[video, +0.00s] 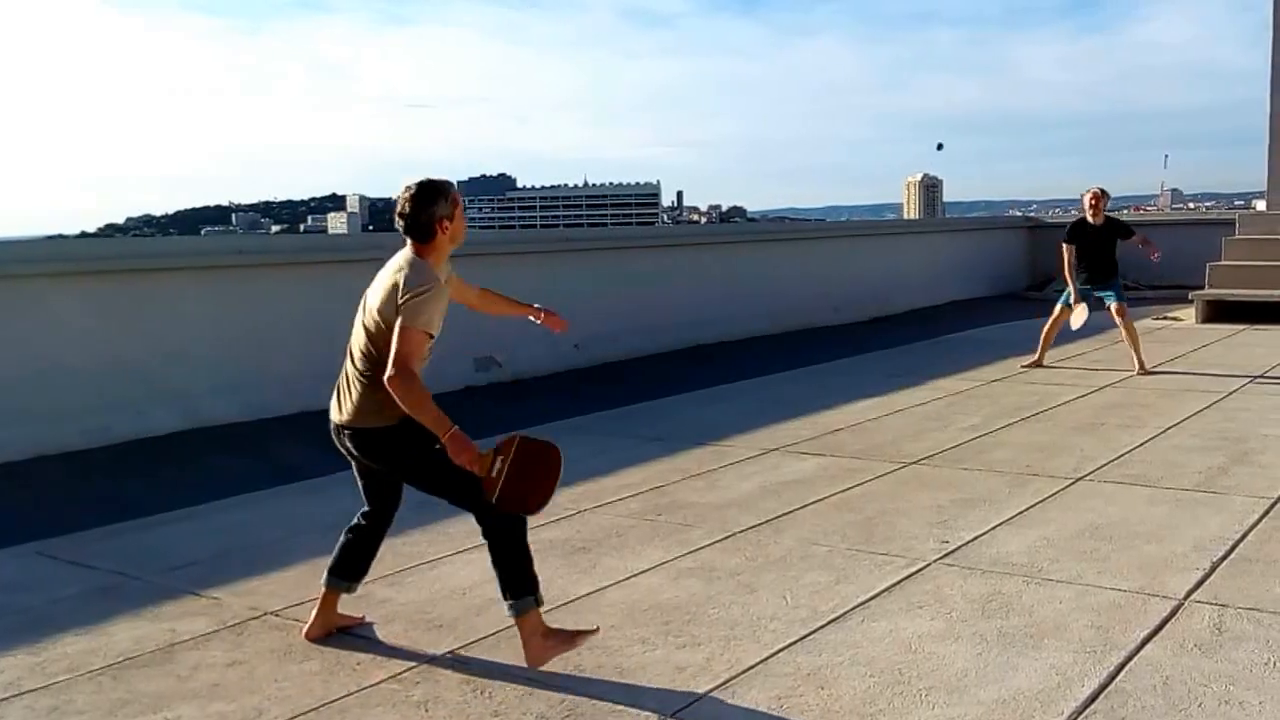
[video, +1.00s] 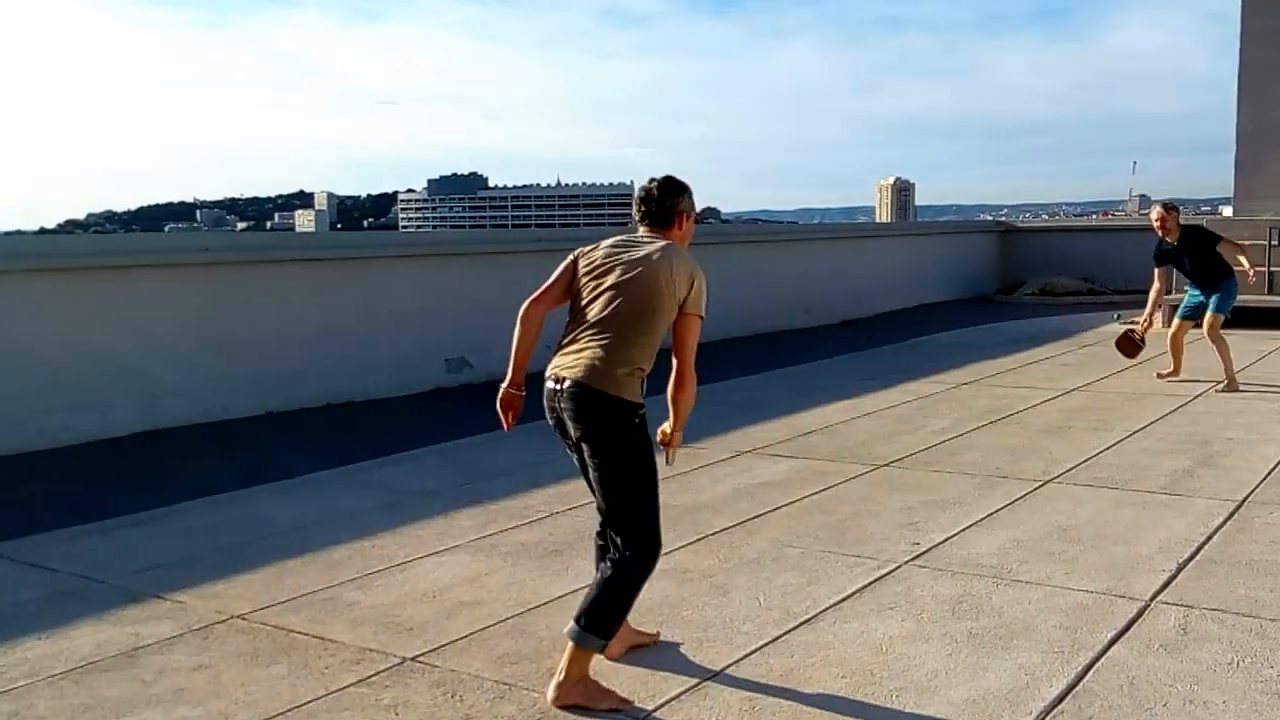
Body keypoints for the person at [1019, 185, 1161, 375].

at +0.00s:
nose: (1094, 203)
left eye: (1097, 200)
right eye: (1090, 200)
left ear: (1104, 203)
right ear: (1084, 204)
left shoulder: (1114, 225)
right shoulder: (1075, 228)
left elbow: (1140, 240)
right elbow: (1068, 263)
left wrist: (1150, 248)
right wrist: (1073, 292)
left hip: (1108, 282)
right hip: (1081, 282)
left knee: (1120, 316)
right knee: (1056, 316)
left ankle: (1139, 361)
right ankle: (1039, 357)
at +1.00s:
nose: (1160, 225)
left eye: (1164, 219)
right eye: (1156, 221)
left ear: (1176, 218)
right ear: (1152, 223)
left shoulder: (1196, 233)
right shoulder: (1162, 249)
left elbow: (1236, 249)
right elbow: (1158, 284)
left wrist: (1247, 266)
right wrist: (1148, 314)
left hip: (1223, 285)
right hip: (1197, 288)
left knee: (1210, 329)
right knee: (1175, 332)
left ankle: (1231, 380)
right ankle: (1175, 369)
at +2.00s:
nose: (1175, 179)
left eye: (1179, 175)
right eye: (1171, 175)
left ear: (1186, 178)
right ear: (1164, 178)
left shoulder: (1200, 202)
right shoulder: (1160, 207)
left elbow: (1218, 236)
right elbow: (1152, 241)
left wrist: (1216, 266)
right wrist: (1131, 268)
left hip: (1198, 273)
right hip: (1169, 274)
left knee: (1211, 323)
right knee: (1153, 323)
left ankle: (1228, 376)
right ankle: (1151, 372)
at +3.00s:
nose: (1094, 195)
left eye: (1098, 190)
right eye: (1090, 190)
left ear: (1105, 193)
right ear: (1084, 194)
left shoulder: (1118, 211)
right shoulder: (1081, 220)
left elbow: (1143, 225)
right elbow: (1086, 250)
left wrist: (1153, 225)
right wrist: (1105, 260)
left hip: (1123, 276)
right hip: (1096, 276)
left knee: (1136, 322)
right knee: (1077, 323)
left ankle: (1151, 372)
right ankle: (1079, 367)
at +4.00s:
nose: (1117, 225)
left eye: (1121, 220)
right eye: (1115, 221)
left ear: (1134, 221)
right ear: (1113, 223)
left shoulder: (1149, 239)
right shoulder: (1121, 248)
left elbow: (1175, 259)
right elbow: (1113, 277)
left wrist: (1179, 283)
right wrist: (1084, 293)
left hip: (1165, 300)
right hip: (1141, 300)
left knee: (1167, 342)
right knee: (1110, 334)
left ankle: (1200, 384)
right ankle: (1114, 378)